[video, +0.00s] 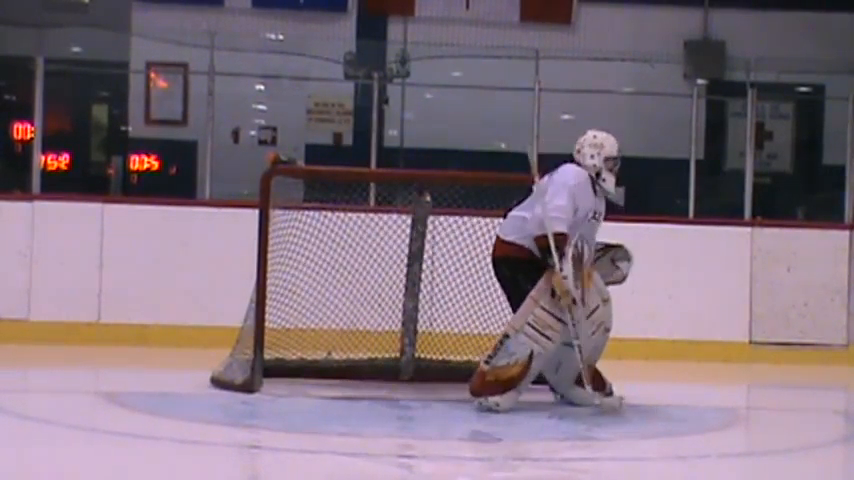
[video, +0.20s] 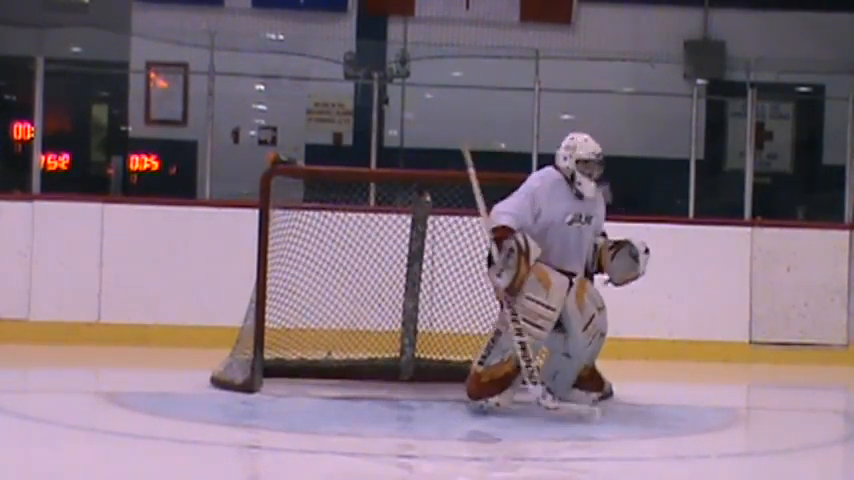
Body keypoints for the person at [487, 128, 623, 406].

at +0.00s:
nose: (614, 167)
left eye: (615, 161)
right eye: (610, 160)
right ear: (593, 159)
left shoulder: (596, 197)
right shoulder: (569, 175)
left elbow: (584, 240)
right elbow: (555, 224)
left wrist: (594, 264)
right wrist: (560, 271)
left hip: (542, 254)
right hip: (515, 250)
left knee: (559, 316)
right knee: (536, 320)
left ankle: (571, 378)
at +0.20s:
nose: (593, 172)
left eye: (597, 165)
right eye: (587, 164)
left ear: (600, 165)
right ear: (567, 162)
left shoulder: (594, 194)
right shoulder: (544, 183)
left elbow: (591, 242)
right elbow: (504, 213)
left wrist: (611, 258)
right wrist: (508, 245)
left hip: (576, 282)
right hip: (539, 276)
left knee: (589, 329)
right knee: (524, 334)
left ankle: (565, 384)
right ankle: (487, 387)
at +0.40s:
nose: (536, 178)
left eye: (542, 172)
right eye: (529, 172)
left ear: (551, 173)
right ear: (516, 171)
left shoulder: (570, 202)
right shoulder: (494, 196)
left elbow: (581, 244)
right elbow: (462, 212)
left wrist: (598, 250)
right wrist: (442, 229)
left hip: (547, 283)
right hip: (497, 280)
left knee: (568, 332)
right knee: (484, 333)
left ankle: (581, 381)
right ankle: (456, 386)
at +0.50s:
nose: (514, 181)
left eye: (520, 175)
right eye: (508, 174)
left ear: (530, 175)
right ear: (494, 172)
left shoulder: (546, 203)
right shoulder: (470, 199)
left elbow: (559, 245)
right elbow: (433, 224)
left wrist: (580, 246)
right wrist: (420, 253)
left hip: (526, 285)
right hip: (478, 284)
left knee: (547, 338)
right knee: (468, 339)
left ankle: (556, 387)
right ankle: (451, 399)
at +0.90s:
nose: (488, 154)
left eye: (494, 148)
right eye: (481, 147)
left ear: (502, 150)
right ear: (467, 148)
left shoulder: (512, 185)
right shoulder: (446, 178)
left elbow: (522, 237)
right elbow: (407, 221)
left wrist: (549, 230)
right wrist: (417, 258)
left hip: (486, 279)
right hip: (444, 276)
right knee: (444, 343)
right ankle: (422, 400)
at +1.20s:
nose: (480, 143)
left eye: (487, 137)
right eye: (474, 136)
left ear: (498, 140)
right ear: (461, 137)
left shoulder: (515, 174)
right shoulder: (433, 169)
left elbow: (535, 222)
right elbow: (399, 221)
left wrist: (551, 220)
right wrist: (385, 262)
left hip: (486, 276)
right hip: (432, 272)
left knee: (503, 349)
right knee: (409, 346)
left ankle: (526, 416)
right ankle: (375, 412)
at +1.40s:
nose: (453, 137)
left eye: (462, 130)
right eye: (450, 129)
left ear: (481, 132)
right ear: (443, 128)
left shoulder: (506, 164)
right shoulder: (422, 164)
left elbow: (545, 211)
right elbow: (392, 218)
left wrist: (535, 218)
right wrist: (366, 255)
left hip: (497, 263)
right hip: (441, 263)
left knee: (496, 337)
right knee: (409, 328)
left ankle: (523, 415)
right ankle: (393, 408)